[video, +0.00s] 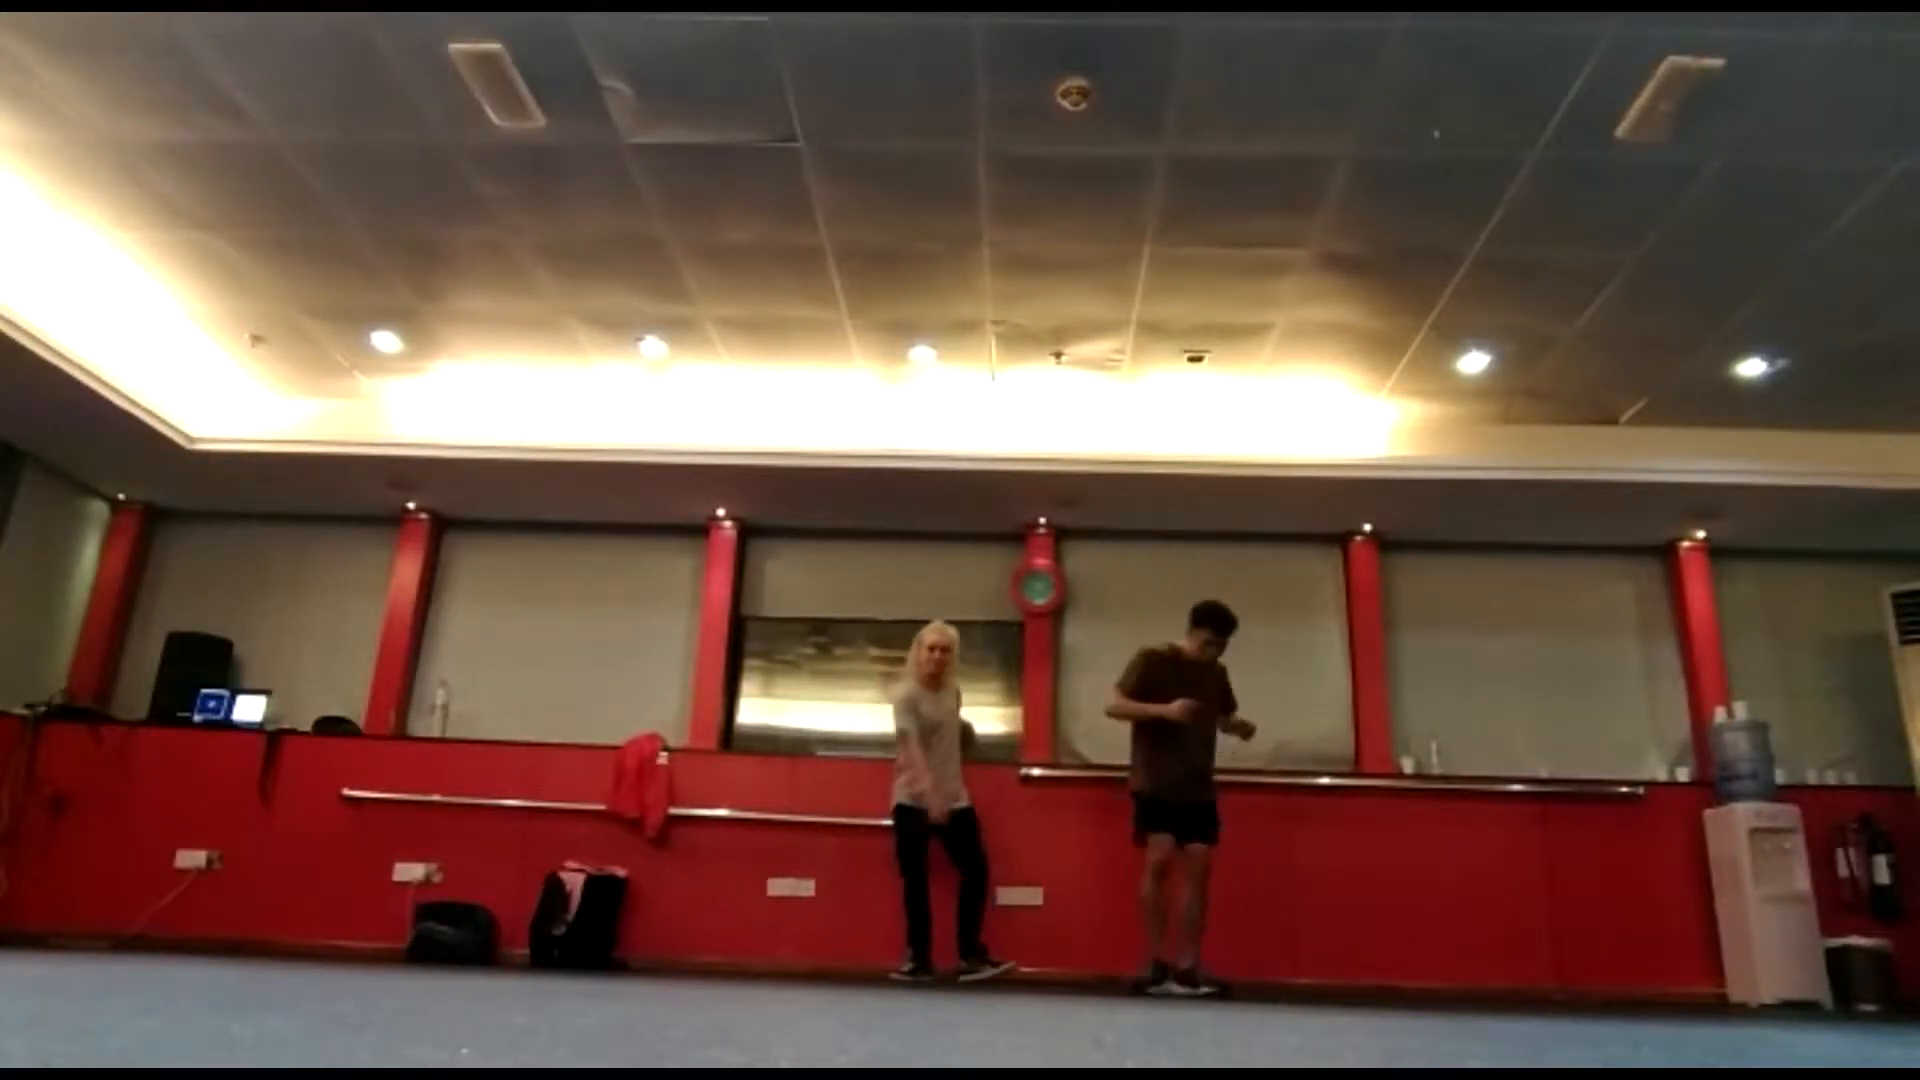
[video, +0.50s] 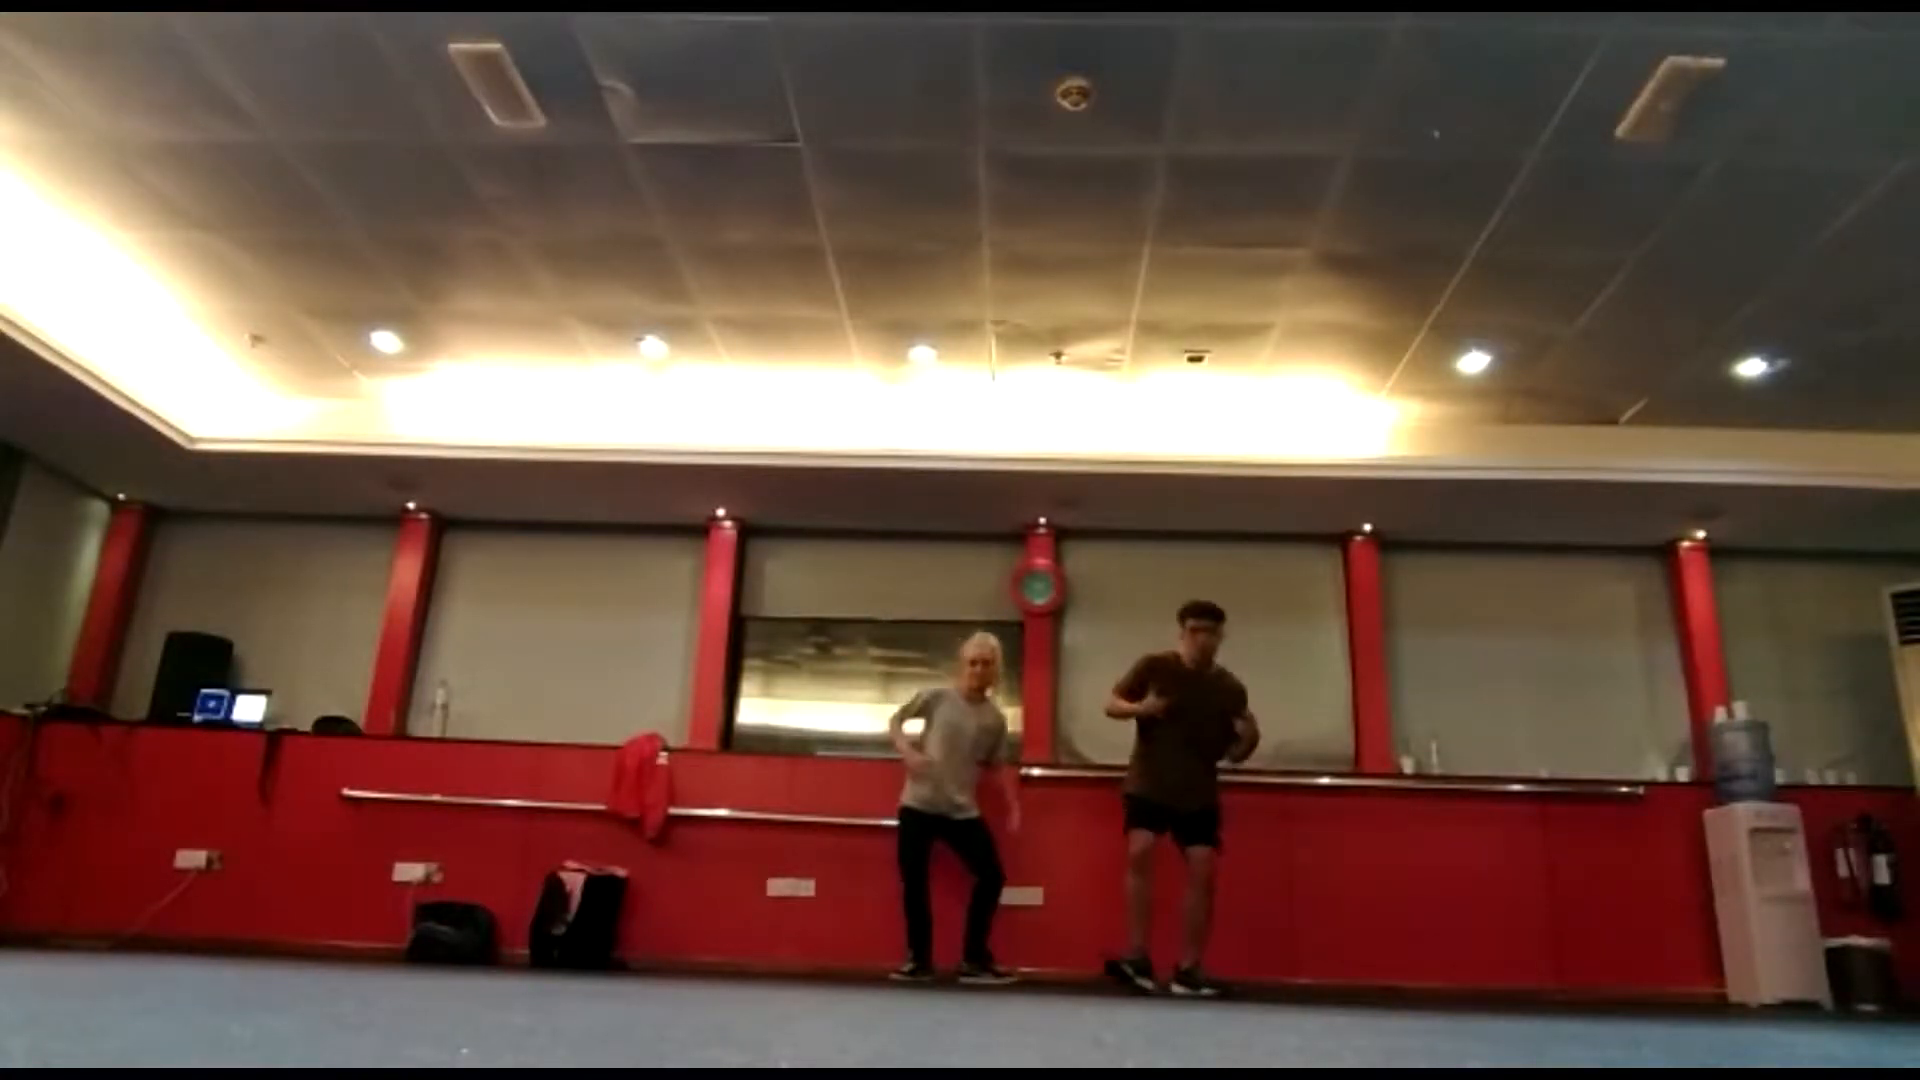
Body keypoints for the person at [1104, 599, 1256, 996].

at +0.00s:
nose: (1211, 655)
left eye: (1217, 648)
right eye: (1208, 645)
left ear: (1222, 644)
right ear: (1193, 633)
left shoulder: (1214, 673)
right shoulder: (1151, 662)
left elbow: (1223, 718)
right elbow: (1115, 705)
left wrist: (1238, 727)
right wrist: (1165, 709)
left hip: (1197, 786)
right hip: (1155, 785)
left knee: (1197, 869)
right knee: (1158, 863)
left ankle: (1188, 965)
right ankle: (1155, 961)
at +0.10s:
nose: (1217, 661)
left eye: (1222, 653)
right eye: (1213, 651)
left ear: (1223, 652)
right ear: (1196, 641)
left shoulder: (1211, 688)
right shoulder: (1156, 669)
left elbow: (1224, 741)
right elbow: (1117, 709)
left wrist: (1244, 733)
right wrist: (1167, 711)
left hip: (1202, 793)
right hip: (1163, 791)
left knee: (1215, 870)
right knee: (1174, 862)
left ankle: (1189, 967)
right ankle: (1157, 965)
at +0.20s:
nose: (1215, 667)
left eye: (1222, 660)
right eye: (1210, 656)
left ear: (1224, 661)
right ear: (1193, 648)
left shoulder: (1211, 704)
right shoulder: (1158, 678)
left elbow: (1226, 758)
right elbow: (1122, 719)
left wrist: (1247, 740)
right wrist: (1172, 715)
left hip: (1203, 799)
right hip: (1163, 796)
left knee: (1225, 869)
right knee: (1179, 863)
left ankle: (1190, 966)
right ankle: (1158, 964)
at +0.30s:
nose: (1216, 663)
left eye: (1224, 656)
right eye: (1210, 653)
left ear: (1229, 661)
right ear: (1192, 650)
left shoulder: (1221, 708)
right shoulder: (1161, 678)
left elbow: (1225, 766)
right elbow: (1124, 720)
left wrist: (1249, 747)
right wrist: (1170, 718)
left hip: (1203, 801)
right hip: (1161, 796)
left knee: (1221, 876)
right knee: (1170, 863)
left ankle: (1190, 967)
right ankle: (1158, 964)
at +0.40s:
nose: (1215, 655)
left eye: (1223, 648)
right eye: (1209, 645)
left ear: (1230, 653)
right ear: (1193, 645)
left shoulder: (1228, 703)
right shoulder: (1162, 674)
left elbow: (1226, 763)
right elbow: (1119, 715)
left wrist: (1249, 746)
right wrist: (1161, 719)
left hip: (1199, 795)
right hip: (1155, 790)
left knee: (1215, 877)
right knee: (1156, 860)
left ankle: (1190, 966)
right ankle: (1152, 961)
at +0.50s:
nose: (1202, 640)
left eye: (1210, 633)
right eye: (1195, 631)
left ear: (1220, 637)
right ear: (1182, 633)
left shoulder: (1227, 687)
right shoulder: (1154, 668)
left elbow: (1249, 733)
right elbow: (1113, 705)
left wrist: (1233, 755)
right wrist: (1142, 708)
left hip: (1198, 787)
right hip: (1150, 783)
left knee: (1203, 868)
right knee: (1139, 854)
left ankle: (1190, 966)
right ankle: (1138, 957)